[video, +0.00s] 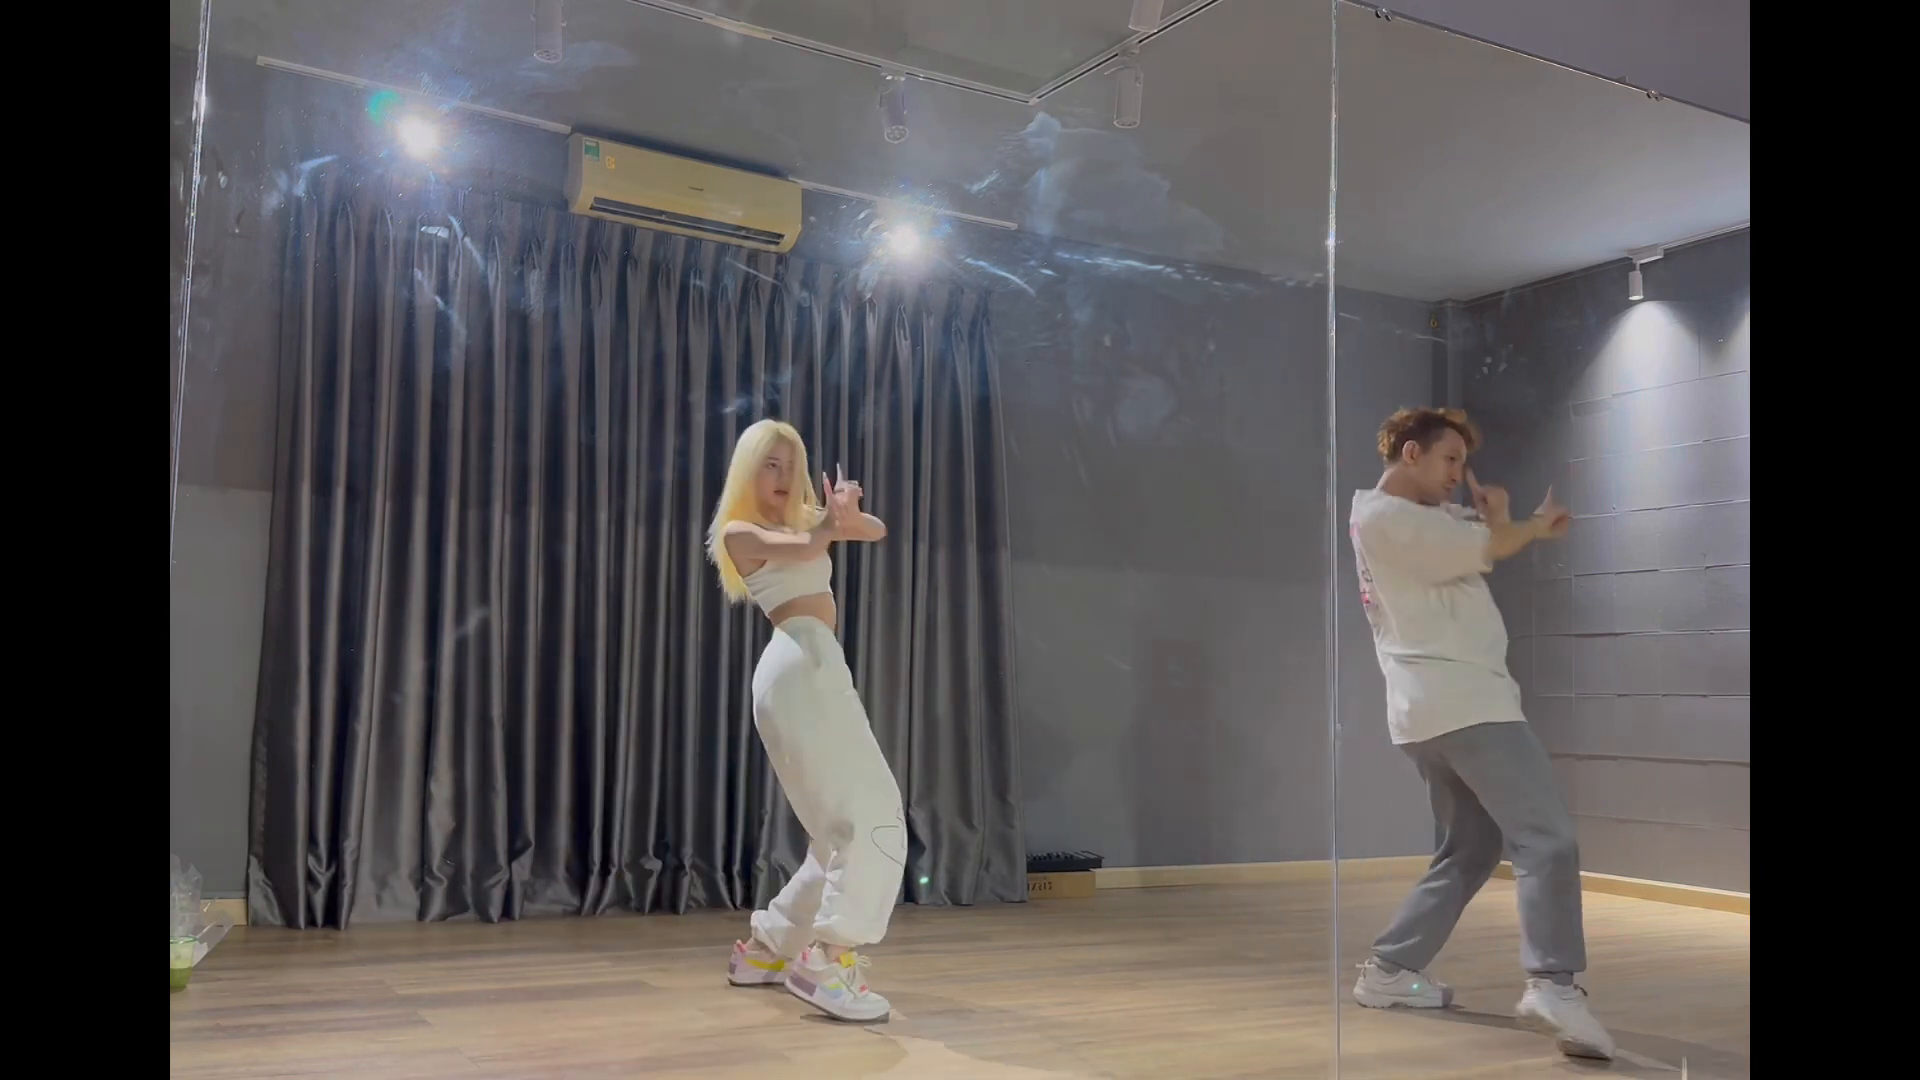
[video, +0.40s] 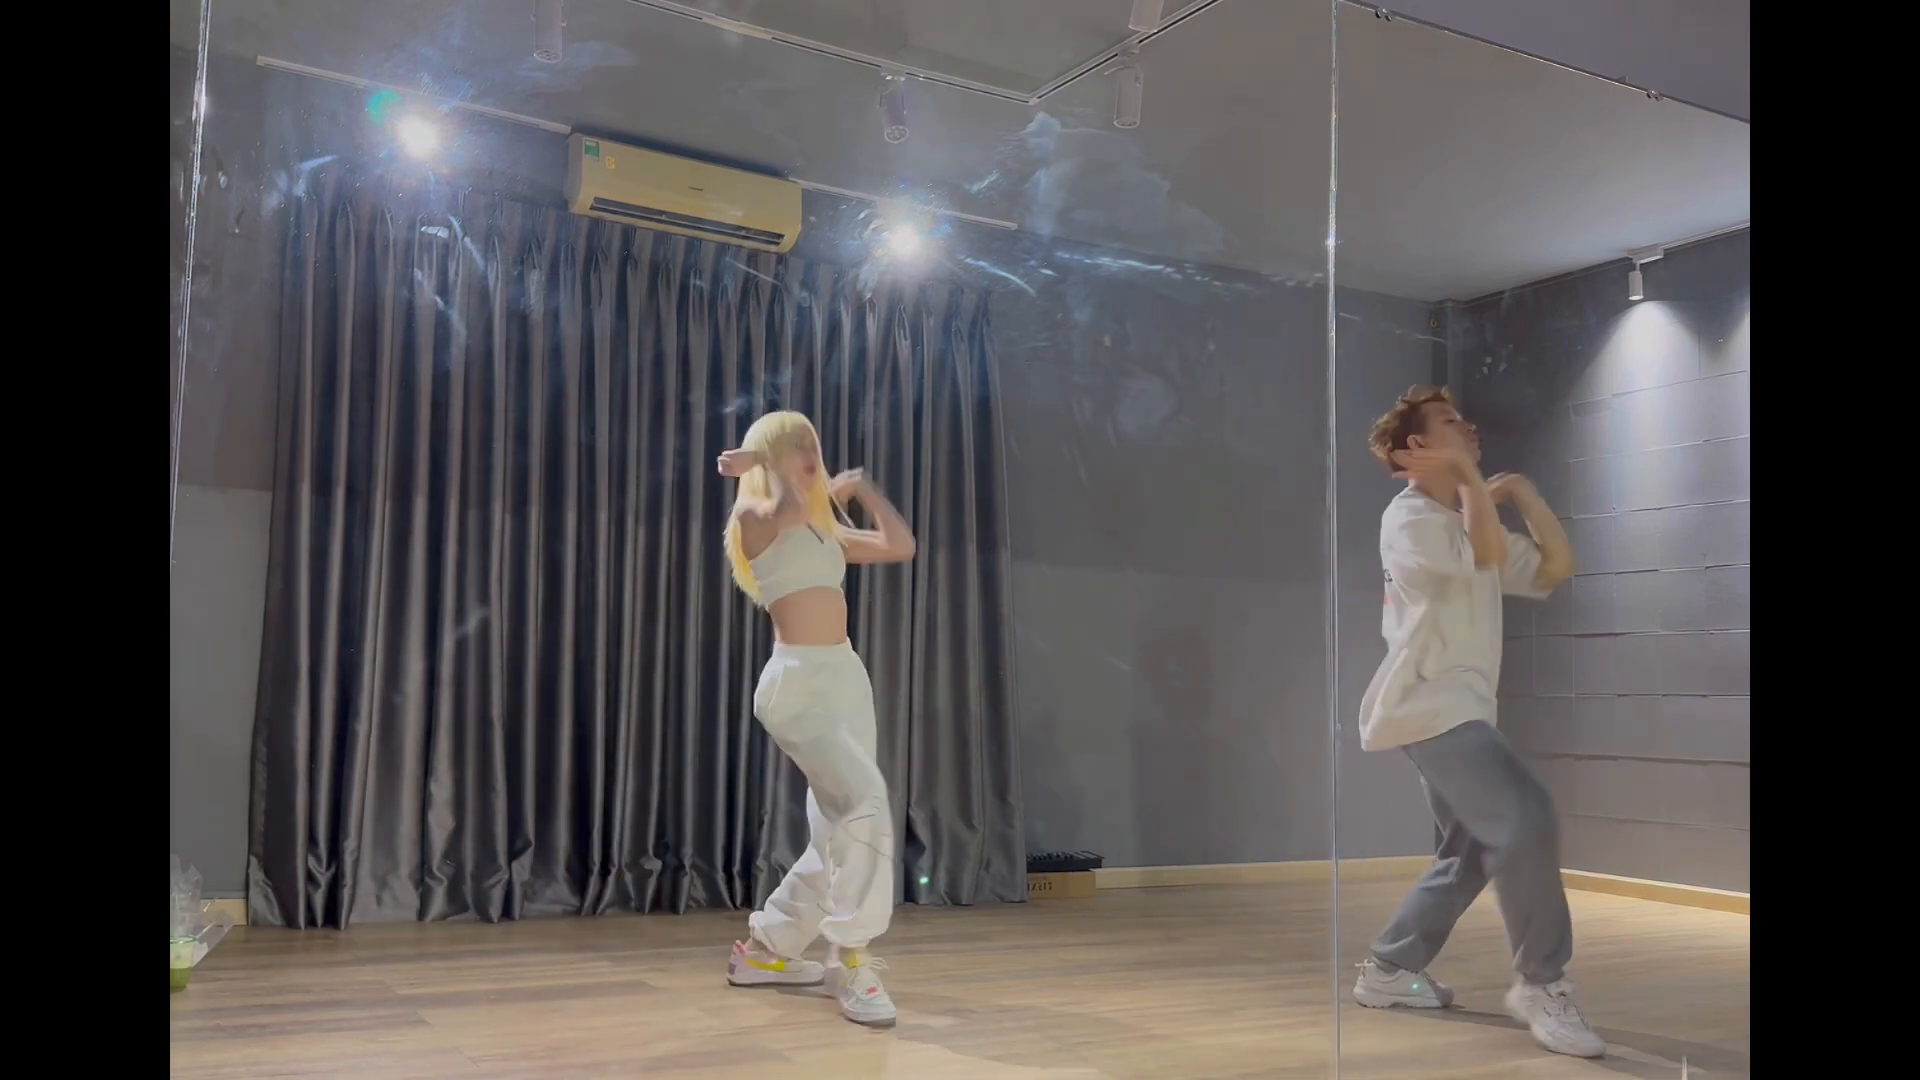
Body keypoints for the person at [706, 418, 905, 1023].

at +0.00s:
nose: (782, 476)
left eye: (791, 468)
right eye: (771, 464)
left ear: (800, 478)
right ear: (747, 469)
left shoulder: (805, 524)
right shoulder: (737, 532)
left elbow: (875, 532)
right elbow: (804, 547)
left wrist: (844, 513)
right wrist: (834, 521)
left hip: (801, 679)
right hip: (803, 678)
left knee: (842, 831)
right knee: (879, 816)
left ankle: (764, 948)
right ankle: (826, 961)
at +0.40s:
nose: (814, 464)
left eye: (816, 453)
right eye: (802, 453)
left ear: (818, 463)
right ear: (770, 464)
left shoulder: (822, 528)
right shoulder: (750, 526)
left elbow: (900, 545)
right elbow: (790, 505)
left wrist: (867, 488)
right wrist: (757, 461)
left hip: (849, 685)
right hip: (797, 688)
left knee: (838, 833)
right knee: (868, 810)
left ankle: (764, 949)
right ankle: (852, 961)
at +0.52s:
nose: (821, 440)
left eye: (820, 434)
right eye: (808, 434)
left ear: (815, 450)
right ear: (772, 446)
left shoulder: (822, 503)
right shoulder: (767, 507)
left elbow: (880, 449)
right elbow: (807, 453)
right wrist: (789, 372)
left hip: (803, 661)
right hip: (810, 658)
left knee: (843, 828)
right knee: (879, 818)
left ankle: (767, 946)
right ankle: (837, 959)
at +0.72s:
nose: (820, 462)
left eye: (826, 455)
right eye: (807, 452)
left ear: (832, 466)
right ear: (779, 461)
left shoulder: (824, 517)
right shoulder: (772, 517)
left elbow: (878, 458)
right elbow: (711, 449)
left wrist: (844, 401)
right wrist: (763, 400)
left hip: (823, 677)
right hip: (810, 675)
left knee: (835, 826)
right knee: (887, 817)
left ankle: (770, 945)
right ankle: (847, 958)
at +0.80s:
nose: (821, 465)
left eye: (829, 457)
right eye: (809, 453)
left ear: (833, 469)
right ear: (781, 461)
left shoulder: (822, 527)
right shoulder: (768, 521)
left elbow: (878, 483)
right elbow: (689, 476)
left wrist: (843, 437)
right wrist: (731, 433)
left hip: (832, 687)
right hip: (805, 686)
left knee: (843, 842)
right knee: (884, 827)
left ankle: (769, 946)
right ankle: (860, 968)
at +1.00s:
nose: (813, 466)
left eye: (821, 462)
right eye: (805, 454)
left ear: (823, 480)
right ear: (777, 460)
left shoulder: (814, 538)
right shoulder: (732, 511)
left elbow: (904, 560)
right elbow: (684, 558)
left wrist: (865, 510)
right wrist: (700, 496)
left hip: (824, 677)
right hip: (757, 681)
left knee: (835, 821)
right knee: (810, 791)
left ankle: (766, 944)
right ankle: (833, 954)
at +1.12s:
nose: (796, 476)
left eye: (807, 474)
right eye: (792, 461)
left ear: (808, 484)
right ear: (767, 455)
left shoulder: (794, 523)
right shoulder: (705, 505)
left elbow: (842, 550)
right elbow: (691, 584)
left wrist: (873, 495)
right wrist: (740, 540)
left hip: (808, 670)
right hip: (743, 674)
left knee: (822, 820)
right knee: (759, 799)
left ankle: (765, 947)